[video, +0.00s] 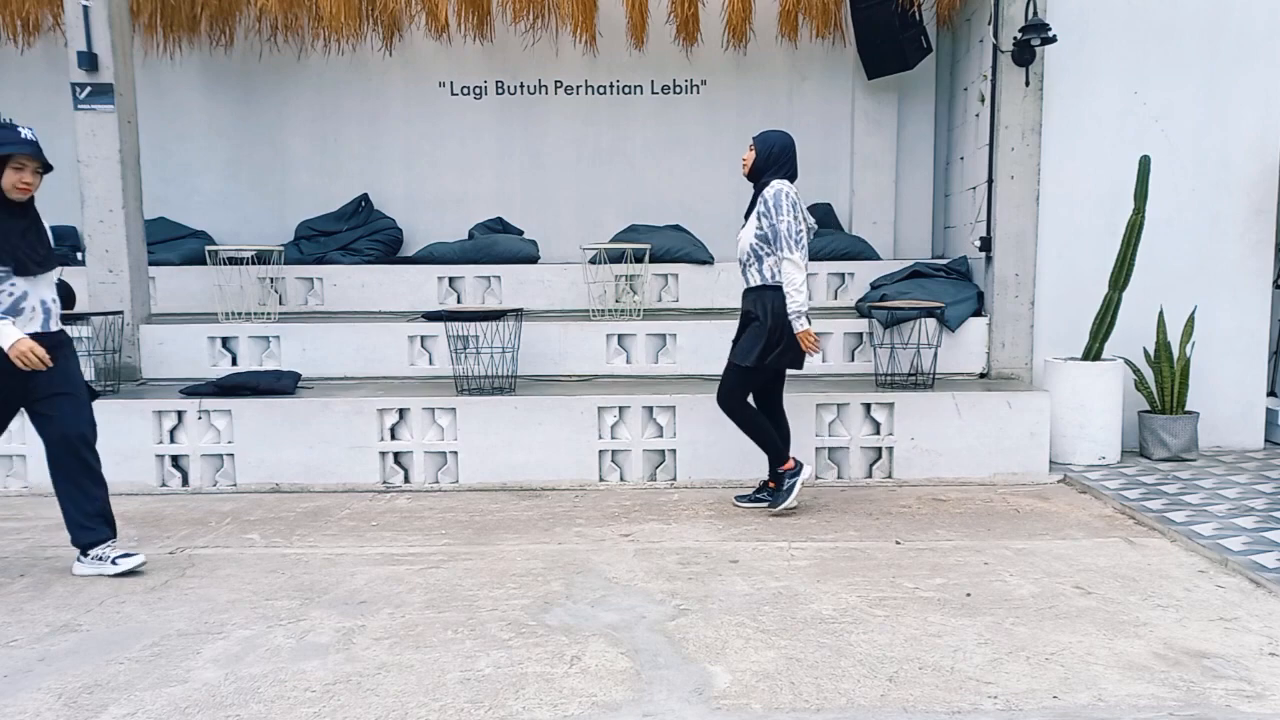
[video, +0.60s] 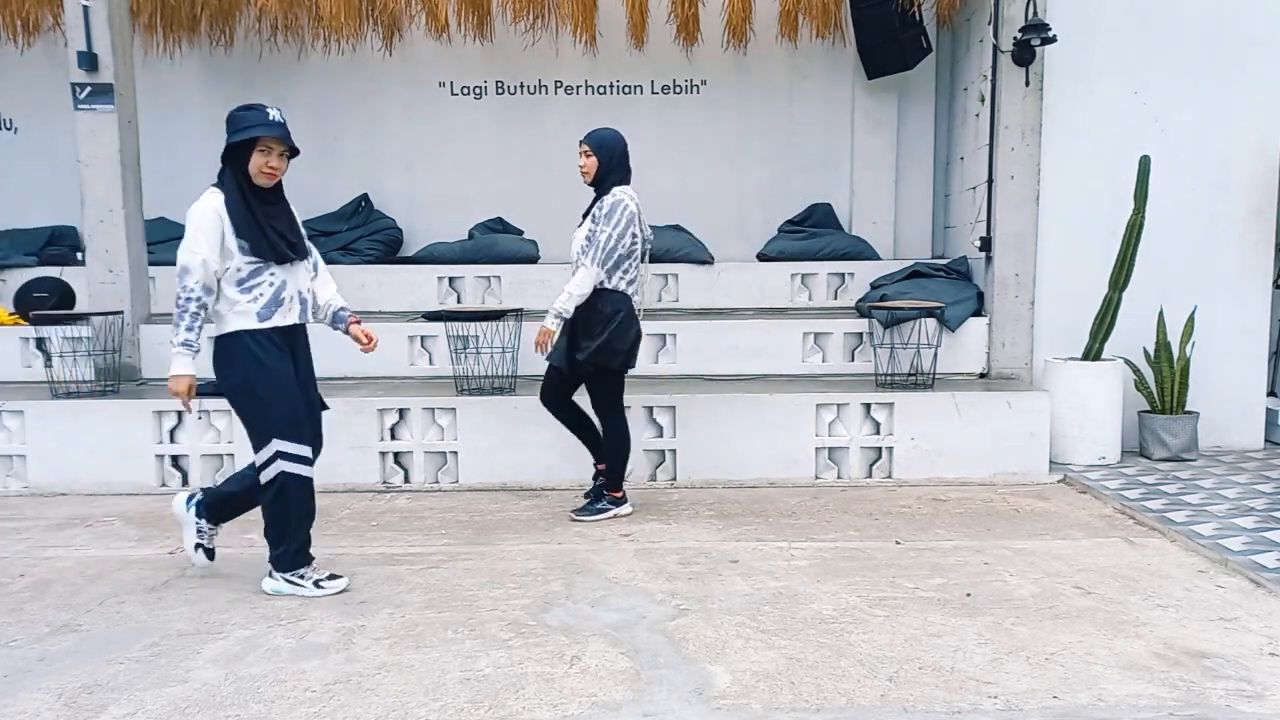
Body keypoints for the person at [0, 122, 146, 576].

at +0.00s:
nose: (27, 177)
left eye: (35, 170)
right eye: (17, 167)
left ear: (42, 175)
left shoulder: (30, 214)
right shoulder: (2, 214)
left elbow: (34, 281)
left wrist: (51, 317)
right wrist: (8, 336)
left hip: (49, 347)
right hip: (6, 353)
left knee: (74, 436)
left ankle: (95, 546)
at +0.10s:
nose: (74, 171)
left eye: (82, 163)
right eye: (64, 161)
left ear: (88, 167)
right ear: (38, 162)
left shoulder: (72, 208)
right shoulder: (10, 206)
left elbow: (75, 280)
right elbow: (4, 285)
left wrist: (93, 332)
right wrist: (26, 344)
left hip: (90, 340)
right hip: (38, 347)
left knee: (110, 438)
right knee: (37, 466)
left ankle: (98, 549)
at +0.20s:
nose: (118, 166)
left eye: (125, 157)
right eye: (108, 155)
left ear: (130, 161)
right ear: (80, 154)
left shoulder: (121, 211)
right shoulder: (42, 201)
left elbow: (135, 289)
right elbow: (23, 279)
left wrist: (150, 349)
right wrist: (35, 345)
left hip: (123, 336)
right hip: (71, 337)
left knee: (129, 437)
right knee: (116, 432)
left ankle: (102, 547)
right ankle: (58, 534)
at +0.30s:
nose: (160, 167)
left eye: (167, 158)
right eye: (150, 156)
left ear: (172, 162)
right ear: (123, 157)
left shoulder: (161, 213)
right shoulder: (87, 205)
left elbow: (185, 284)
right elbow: (50, 275)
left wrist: (213, 331)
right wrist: (45, 348)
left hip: (155, 341)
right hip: (108, 340)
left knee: (124, 446)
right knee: (168, 426)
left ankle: (96, 548)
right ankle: (187, 557)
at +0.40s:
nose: (198, 171)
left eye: (205, 162)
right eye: (188, 161)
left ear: (211, 167)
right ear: (161, 162)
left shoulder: (200, 217)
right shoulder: (129, 213)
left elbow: (231, 277)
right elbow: (88, 286)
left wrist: (268, 312)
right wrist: (67, 355)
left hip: (195, 350)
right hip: (154, 352)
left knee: (149, 452)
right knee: (212, 444)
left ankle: (101, 540)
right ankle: (267, 555)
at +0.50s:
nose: (235, 169)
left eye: (243, 161)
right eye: (225, 159)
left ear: (249, 166)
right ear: (200, 160)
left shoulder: (240, 214)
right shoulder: (171, 215)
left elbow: (273, 274)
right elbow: (139, 291)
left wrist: (312, 307)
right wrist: (114, 359)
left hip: (246, 349)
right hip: (207, 351)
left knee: (213, 452)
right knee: (262, 447)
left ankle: (132, 521)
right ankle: (286, 566)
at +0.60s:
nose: (273, 162)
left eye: (282, 154)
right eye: (263, 152)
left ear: (289, 159)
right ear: (239, 153)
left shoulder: (279, 210)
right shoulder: (212, 209)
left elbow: (311, 276)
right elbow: (193, 290)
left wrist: (346, 320)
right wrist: (183, 362)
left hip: (290, 342)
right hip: (246, 345)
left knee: (305, 445)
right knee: (288, 446)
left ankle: (205, 508)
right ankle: (289, 567)